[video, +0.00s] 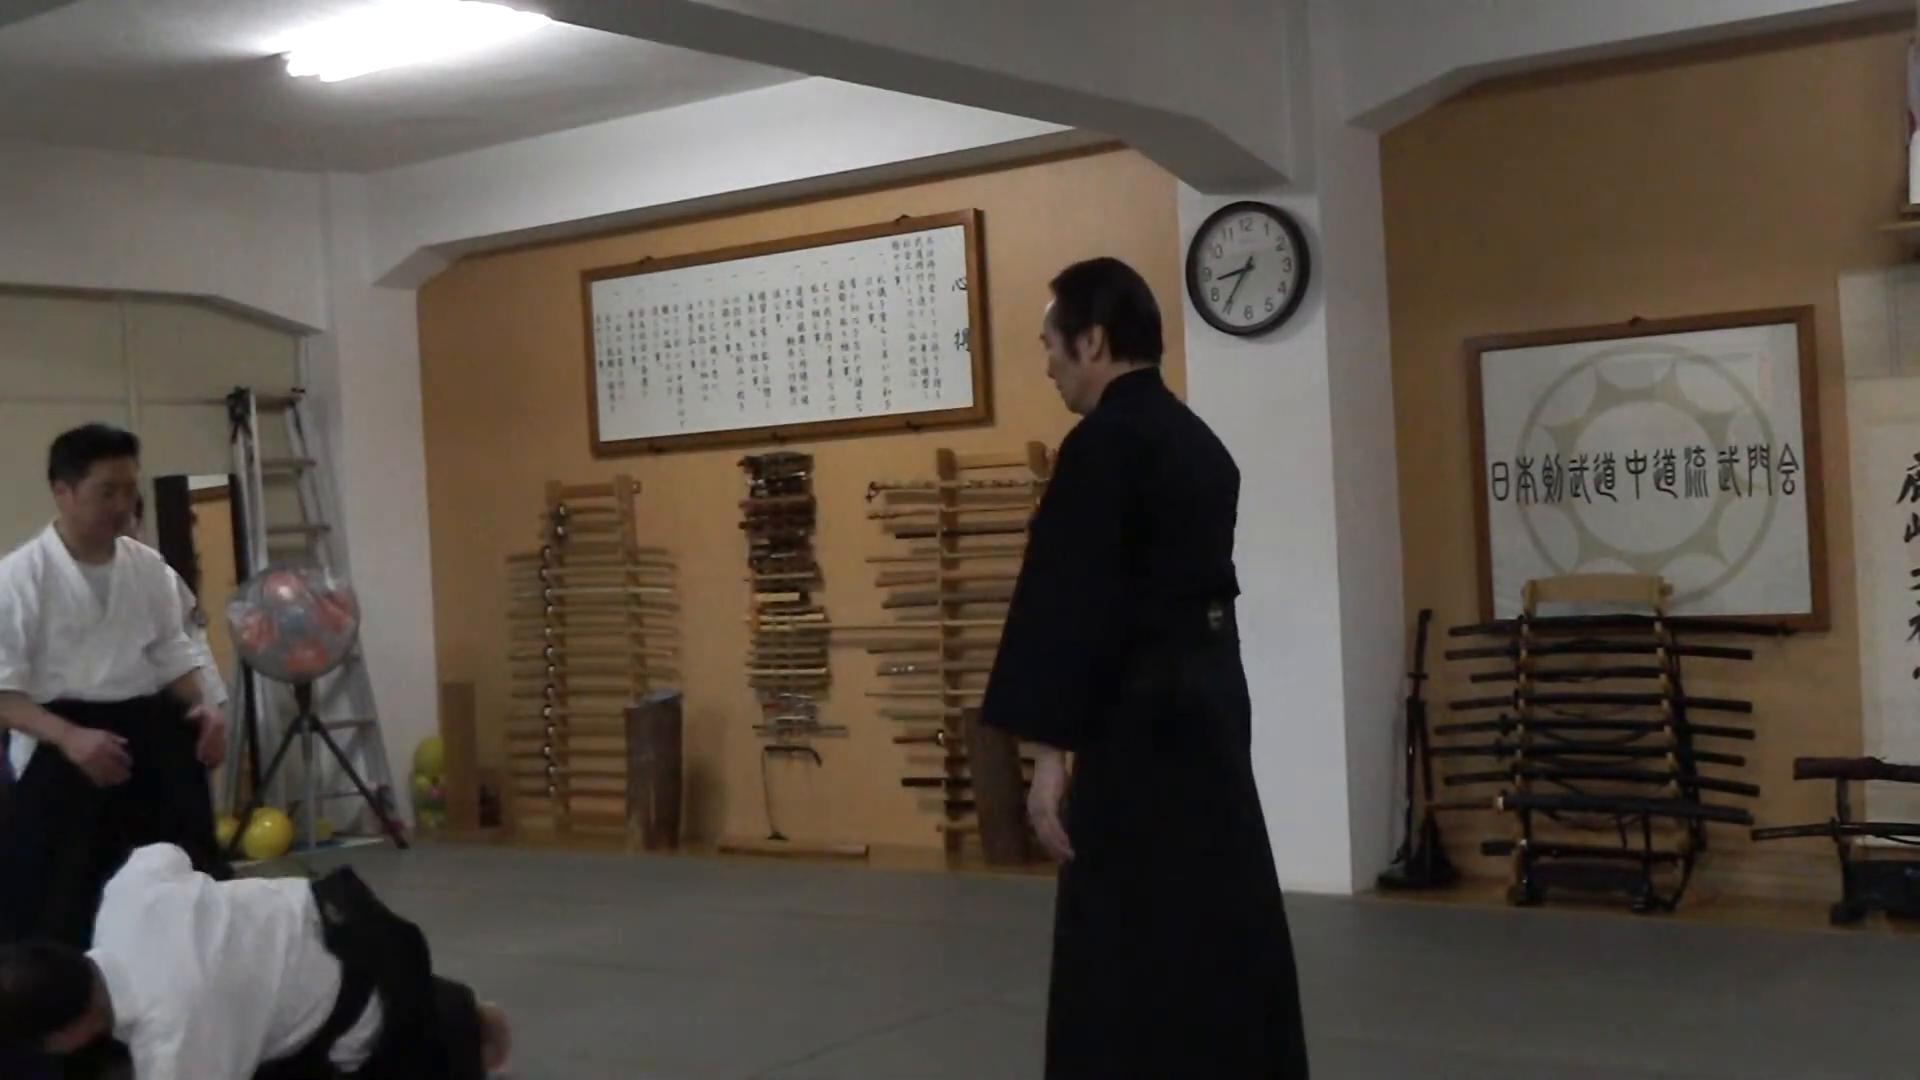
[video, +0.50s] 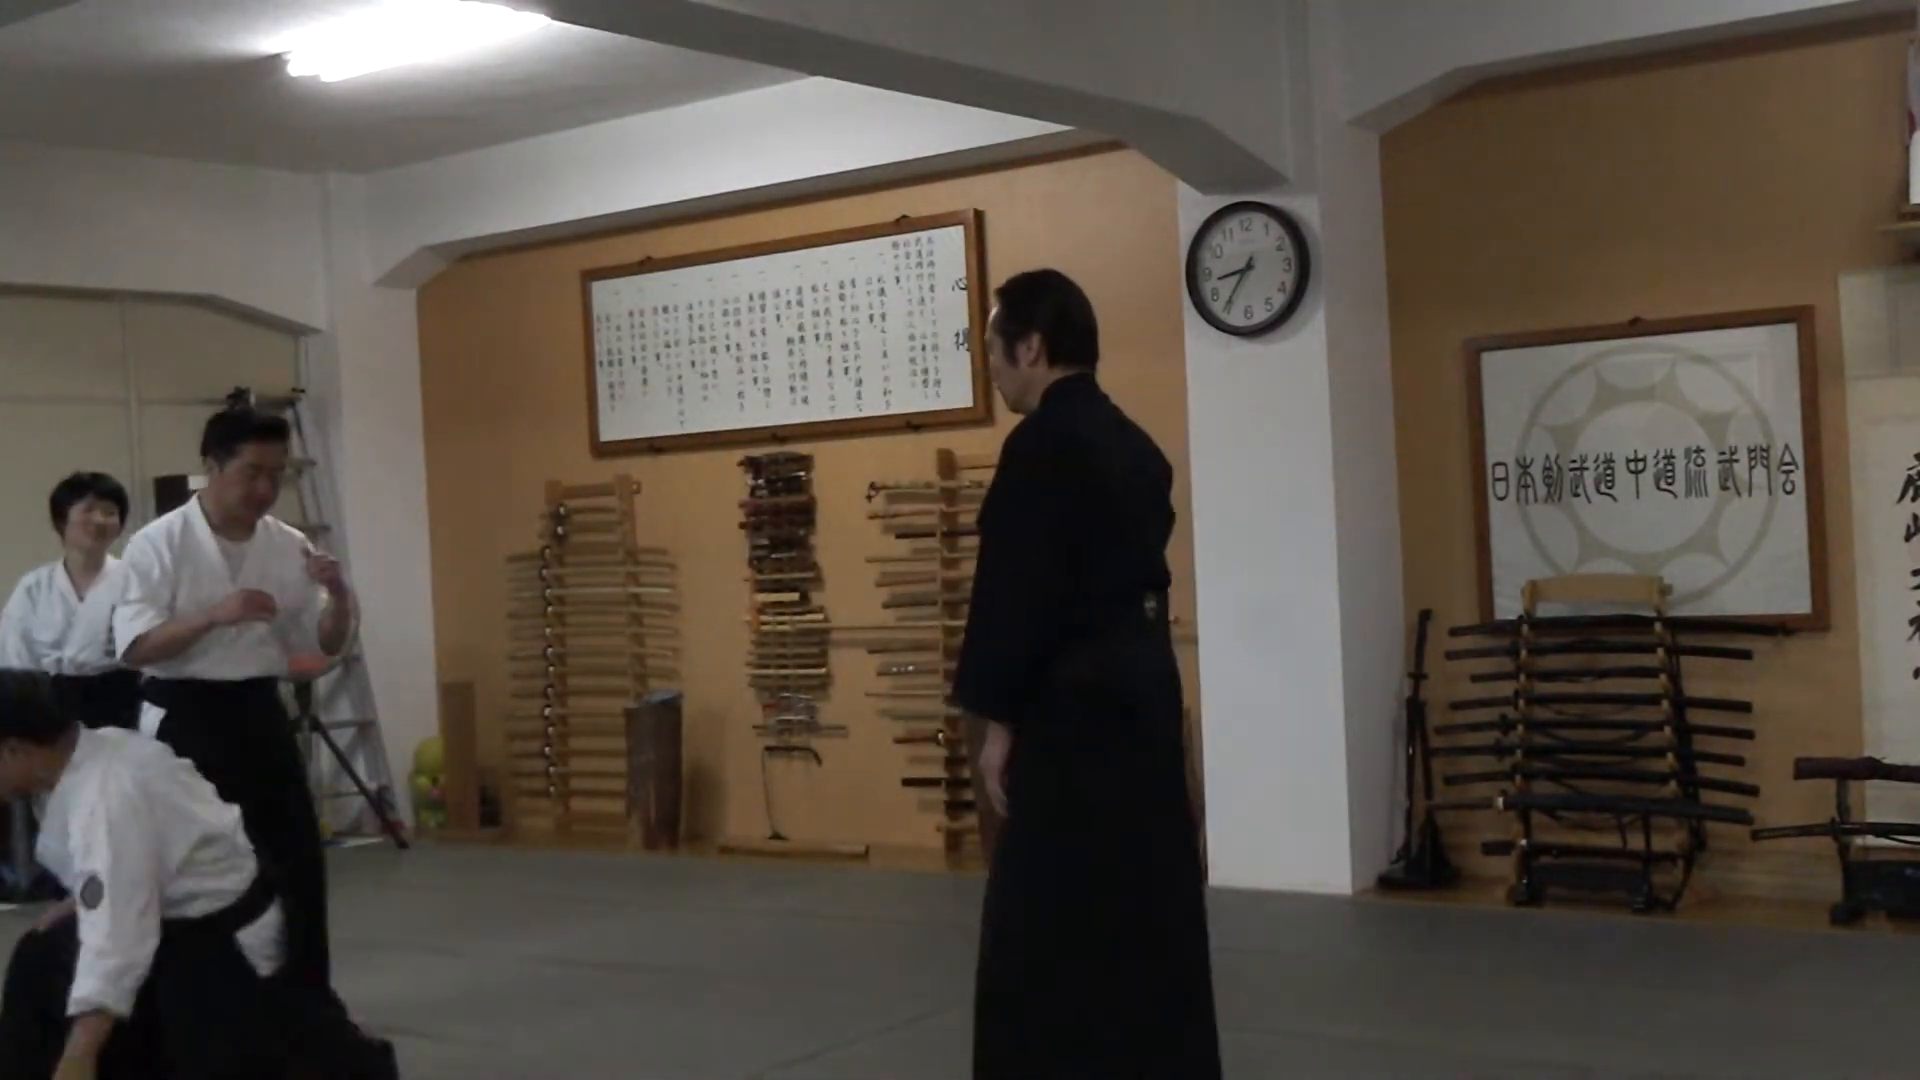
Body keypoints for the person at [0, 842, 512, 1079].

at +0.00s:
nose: (57, 1052)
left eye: (50, 1045)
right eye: (48, 1045)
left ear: (66, 1034)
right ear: (67, 955)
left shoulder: (173, 1046)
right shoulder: (121, 901)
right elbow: (169, 856)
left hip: (362, 997)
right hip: (336, 903)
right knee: (404, 980)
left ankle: (474, 1037)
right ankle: (473, 1017)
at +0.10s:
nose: (41, 1030)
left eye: (36, 1020)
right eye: (31, 1021)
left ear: (52, 1004)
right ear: (54, 939)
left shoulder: (160, 1023)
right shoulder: (107, 886)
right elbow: (174, 829)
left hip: (350, 972)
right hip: (309, 876)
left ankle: (457, 1052)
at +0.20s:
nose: (29, 978)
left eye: (25, 970)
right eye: (22, 970)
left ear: (42, 961)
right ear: (55, 889)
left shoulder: (158, 986)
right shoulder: (110, 849)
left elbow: (170, 1072)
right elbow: (188, 808)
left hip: (331, 970)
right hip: (297, 866)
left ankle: (384, 1044)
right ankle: (385, 1018)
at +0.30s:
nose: (15, 909)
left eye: (13, 898)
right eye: (9, 899)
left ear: (36, 884)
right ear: (56, 821)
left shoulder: (144, 933)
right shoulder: (118, 801)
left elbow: (117, 1065)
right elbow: (196, 794)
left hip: (305, 977)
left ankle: (378, 1062)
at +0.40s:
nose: (7, 840)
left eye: (5, 823)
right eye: (2, 826)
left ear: (31, 807)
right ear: (52, 778)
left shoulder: (122, 868)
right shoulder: (125, 765)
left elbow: (103, 995)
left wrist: (61, 1064)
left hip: (261, 963)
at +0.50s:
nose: (1, 772)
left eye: (0, 757)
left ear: (21, 748)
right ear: (35, 737)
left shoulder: (107, 787)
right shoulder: (84, 765)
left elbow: (124, 927)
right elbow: (121, 866)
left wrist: (81, 1051)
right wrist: (76, 905)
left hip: (231, 933)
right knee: (38, 960)